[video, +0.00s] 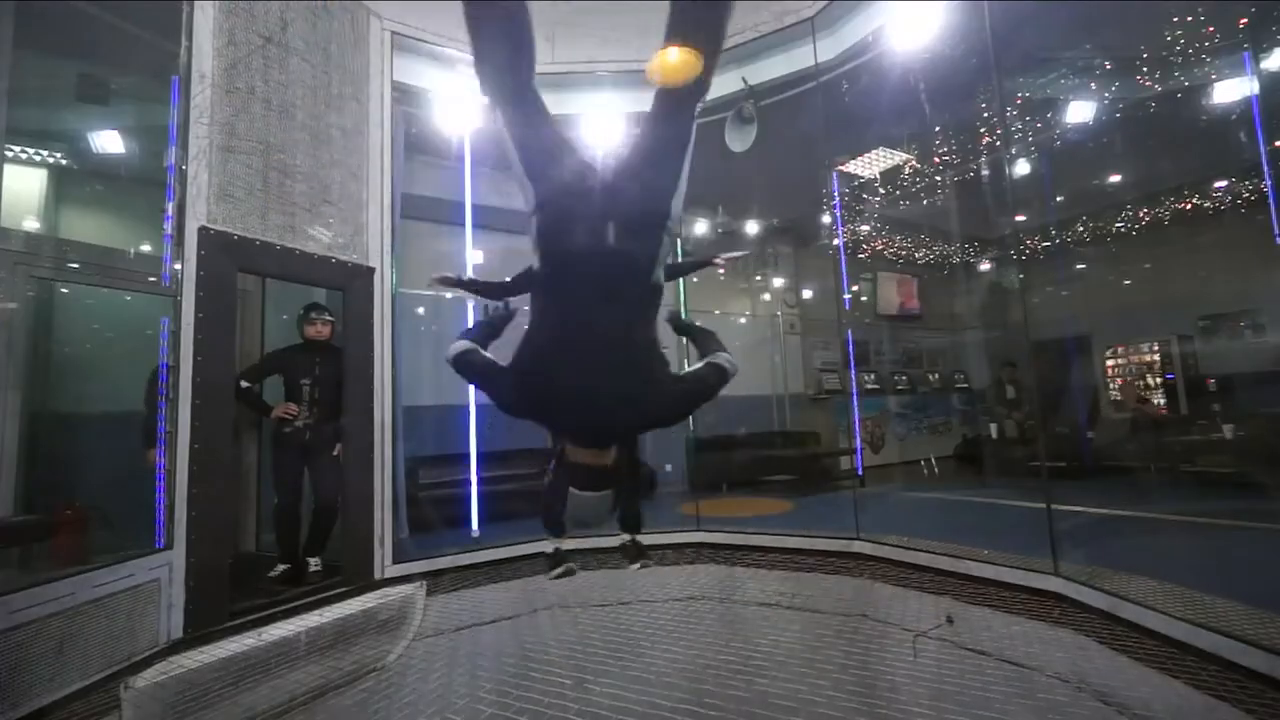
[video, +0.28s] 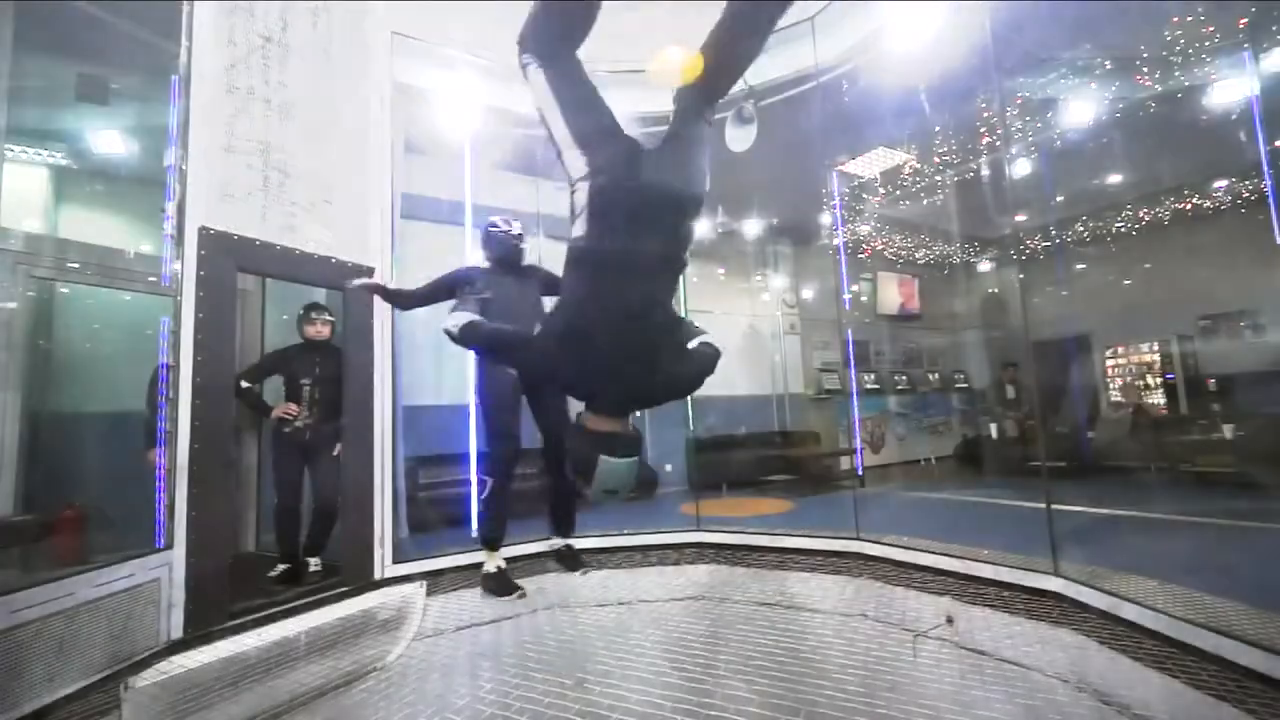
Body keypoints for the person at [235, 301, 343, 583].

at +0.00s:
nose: (319, 328)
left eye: (325, 323)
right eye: (313, 323)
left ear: (333, 327)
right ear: (302, 327)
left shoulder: (341, 359)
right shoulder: (287, 356)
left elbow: (352, 400)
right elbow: (242, 384)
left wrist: (344, 438)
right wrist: (269, 410)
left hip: (325, 439)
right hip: (289, 439)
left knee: (329, 500)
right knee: (287, 500)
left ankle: (313, 555)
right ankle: (287, 561)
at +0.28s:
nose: (319, 327)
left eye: (325, 322)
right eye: (313, 322)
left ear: (333, 327)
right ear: (302, 326)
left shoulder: (341, 359)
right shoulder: (287, 356)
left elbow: (355, 400)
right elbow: (243, 383)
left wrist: (346, 437)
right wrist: (269, 410)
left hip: (326, 439)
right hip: (289, 439)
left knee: (328, 502)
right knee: (288, 500)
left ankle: (313, 555)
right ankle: (288, 561)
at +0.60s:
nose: (322, 328)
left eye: (326, 322)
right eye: (316, 322)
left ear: (331, 326)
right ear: (302, 323)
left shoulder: (332, 359)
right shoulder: (275, 349)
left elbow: (330, 393)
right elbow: (222, 360)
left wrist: (290, 374)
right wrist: (249, 397)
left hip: (301, 444)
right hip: (264, 440)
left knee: (302, 506)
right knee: (259, 506)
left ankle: (243, 552)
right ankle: (254, 570)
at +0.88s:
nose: (311, 330)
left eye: (317, 324)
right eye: (308, 323)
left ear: (327, 327)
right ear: (301, 323)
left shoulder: (331, 356)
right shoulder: (281, 348)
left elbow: (333, 392)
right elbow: (223, 364)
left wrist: (293, 373)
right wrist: (250, 398)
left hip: (301, 441)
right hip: (265, 437)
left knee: (302, 505)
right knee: (260, 506)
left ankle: (241, 553)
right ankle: (254, 570)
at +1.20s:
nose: (322, 325)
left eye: (327, 321)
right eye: (315, 320)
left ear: (332, 327)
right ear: (301, 323)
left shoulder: (334, 358)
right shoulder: (281, 348)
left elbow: (332, 392)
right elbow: (225, 360)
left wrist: (293, 374)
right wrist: (249, 397)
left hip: (301, 441)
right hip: (264, 436)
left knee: (303, 504)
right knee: (260, 504)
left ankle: (242, 553)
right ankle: (254, 569)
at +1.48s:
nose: (322, 325)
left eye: (327, 321)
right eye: (315, 319)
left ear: (332, 326)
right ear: (301, 323)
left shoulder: (333, 357)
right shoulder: (281, 348)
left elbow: (332, 392)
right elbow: (224, 361)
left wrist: (293, 373)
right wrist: (249, 397)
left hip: (302, 441)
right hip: (265, 436)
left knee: (303, 504)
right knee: (260, 504)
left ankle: (242, 553)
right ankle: (254, 569)